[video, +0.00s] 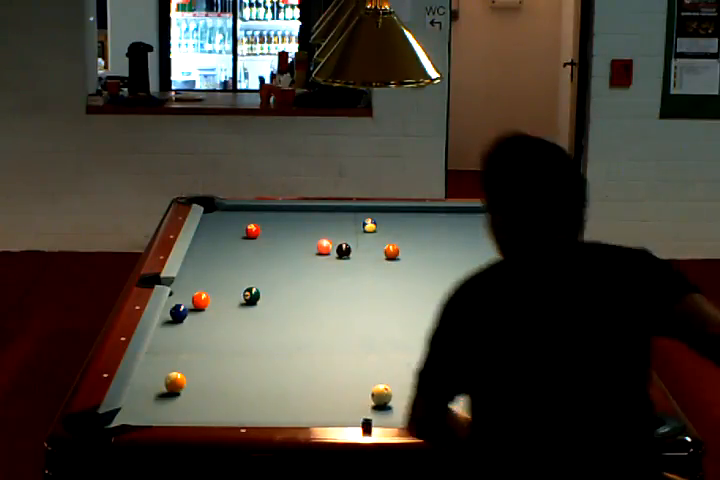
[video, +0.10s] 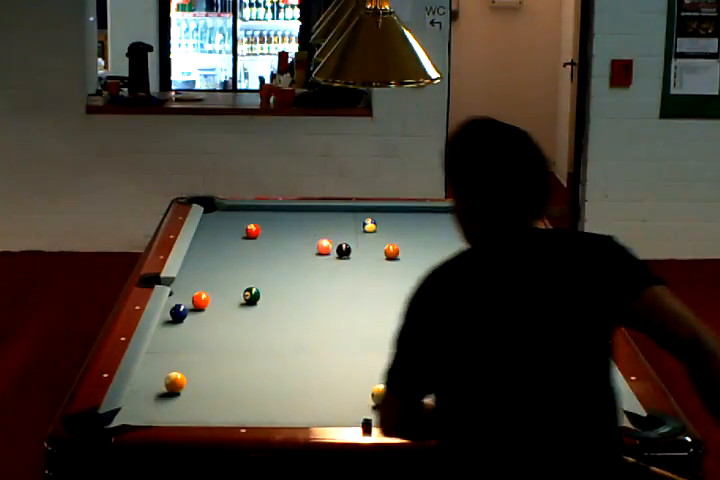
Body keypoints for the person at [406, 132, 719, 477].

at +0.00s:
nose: (492, 224)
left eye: (495, 209)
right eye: (499, 208)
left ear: (499, 215)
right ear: (578, 207)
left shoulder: (474, 298)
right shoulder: (635, 274)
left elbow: (426, 417)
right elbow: (713, 334)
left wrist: (489, 444)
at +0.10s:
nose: (456, 204)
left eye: (455, 192)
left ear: (458, 199)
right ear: (543, 189)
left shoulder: (440, 287)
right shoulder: (596, 258)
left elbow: (397, 419)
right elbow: (698, 344)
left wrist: (462, 418)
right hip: (591, 476)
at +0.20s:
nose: (419, 201)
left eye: (422, 186)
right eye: (425, 184)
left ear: (426, 198)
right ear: (503, 186)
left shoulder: (403, 290)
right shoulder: (558, 258)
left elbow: (367, 428)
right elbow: (659, 350)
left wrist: (434, 414)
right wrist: (710, 440)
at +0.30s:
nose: (383, 201)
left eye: (384, 188)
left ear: (381, 202)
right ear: (461, 191)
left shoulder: (362, 296)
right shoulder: (515, 268)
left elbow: (321, 433)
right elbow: (615, 356)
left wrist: (366, 418)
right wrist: (678, 447)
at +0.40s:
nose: (337, 208)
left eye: (336, 196)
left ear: (336, 205)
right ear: (414, 197)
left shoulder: (315, 301)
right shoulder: (465, 275)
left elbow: (270, 430)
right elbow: (565, 376)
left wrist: (322, 436)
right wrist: (625, 454)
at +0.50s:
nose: (286, 214)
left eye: (283, 202)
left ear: (285, 213)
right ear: (365, 204)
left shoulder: (260, 307)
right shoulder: (413, 287)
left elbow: (215, 435)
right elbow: (520, 395)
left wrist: (272, 441)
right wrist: (569, 465)